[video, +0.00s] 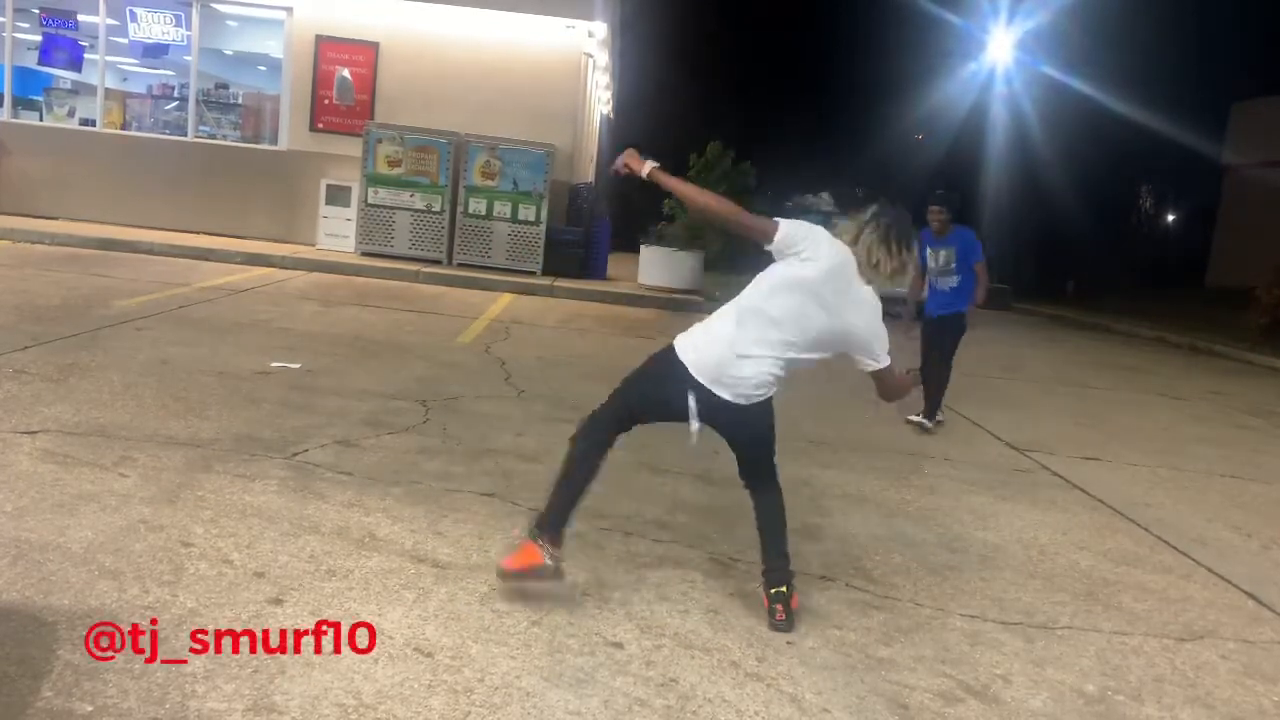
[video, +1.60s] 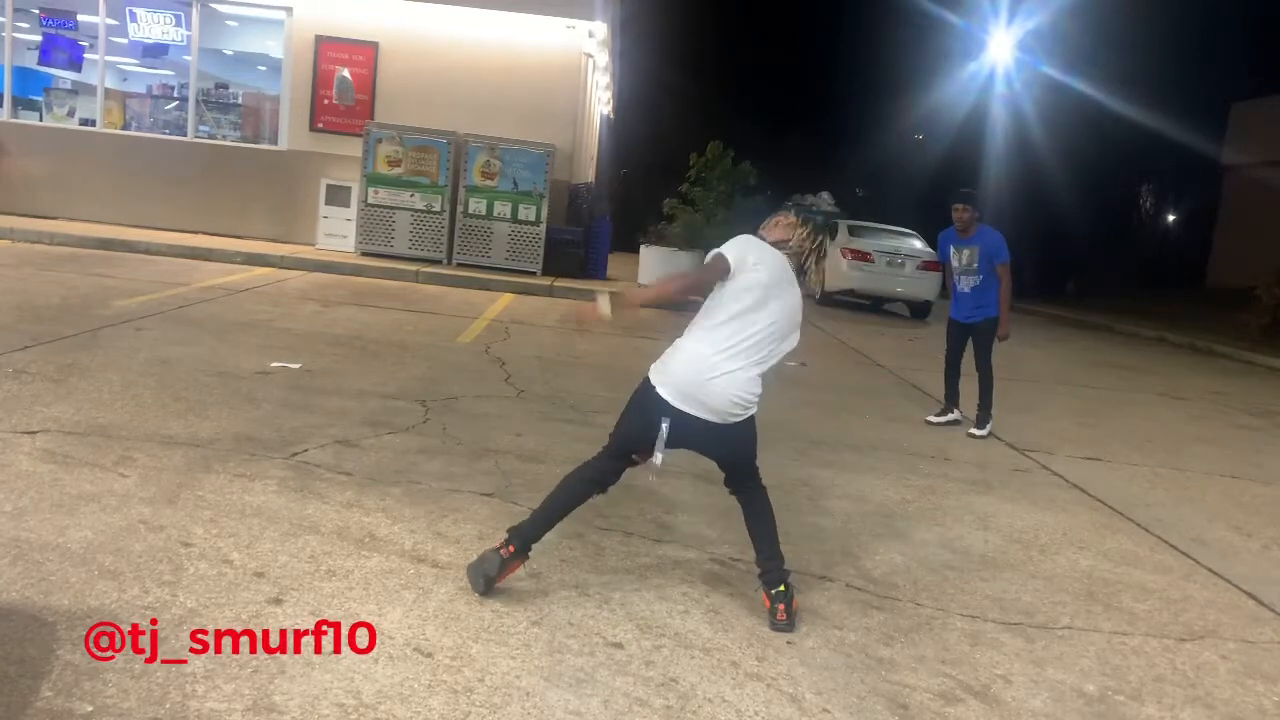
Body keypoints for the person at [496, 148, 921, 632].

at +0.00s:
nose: (897, 274)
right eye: (899, 265)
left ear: (856, 229)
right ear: (895, 263)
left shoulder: (814, 241)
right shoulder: (866, 315)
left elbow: (729, 214)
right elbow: (890, 390)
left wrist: (651, 171)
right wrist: (913, 378)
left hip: (686, 365)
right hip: (745, 401)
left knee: (602, 426)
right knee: (762, 482)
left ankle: (544, 540)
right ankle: (778, 589)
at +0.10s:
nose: (911, 302)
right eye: (914, 292)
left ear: (875, 249)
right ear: (902, 283)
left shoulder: (826, 250)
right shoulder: (873, 323)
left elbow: (746, 219)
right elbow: (887, 398)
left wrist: (668, 171)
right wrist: (910, 389)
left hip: (684, 366)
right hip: (746, 403)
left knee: (601, 425)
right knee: (771, 487)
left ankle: (509, 509)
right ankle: (781, 592)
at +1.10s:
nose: (859, 285)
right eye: (863, 276)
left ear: (821, 246)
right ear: (857, 272)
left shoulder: (774, 249)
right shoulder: (836, 316)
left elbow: (689, 229)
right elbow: (846, 410)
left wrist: (619, 201)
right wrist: (845, 425)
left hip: (665, 391)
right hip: (727, 420)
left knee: (612, 468)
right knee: (749, 489)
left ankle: (519, 546)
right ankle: (777, 594)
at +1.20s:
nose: (852, 289)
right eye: (856, 280)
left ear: (815, 244)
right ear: (852, 273)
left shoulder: (778, 247)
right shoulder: (832, 317)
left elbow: (693, 227)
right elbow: (793, 400)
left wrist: (619, 196)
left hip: (669, 389)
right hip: (732, 420)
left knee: (612, 465)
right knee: (756, 489)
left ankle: (521, 541)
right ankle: (779, 594)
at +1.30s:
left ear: (796, 237)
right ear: (830, 265)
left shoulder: (771, 246)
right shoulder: (813, 315)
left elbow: (694, 217)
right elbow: (778, 364)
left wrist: (620, 176)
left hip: (669, 394)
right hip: (733, 419)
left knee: (608, 468)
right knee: (753, 486)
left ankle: (515, 545)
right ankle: (778, 591)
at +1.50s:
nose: (773, 223)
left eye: (784, 222)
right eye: (779, 219)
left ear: (794, 238)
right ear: (811, 258)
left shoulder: (757, 246)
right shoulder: (797, 312)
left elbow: (686, 240)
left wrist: (601, 213)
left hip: (665, 394)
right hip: (727, 421)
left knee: (606, 464)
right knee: (747, 487)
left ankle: (512, 548)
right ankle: (778, 592)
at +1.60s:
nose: (768, 224)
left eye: (778, 222)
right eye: (774, 220)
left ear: (787, 238)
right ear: (805, 259)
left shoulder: (749, 248)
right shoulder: (795, 313)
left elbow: (695, 284)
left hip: (666, 396)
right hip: (728, 420)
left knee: (606, 465)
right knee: (747, 484)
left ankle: (513, 547)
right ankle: (778, 589)